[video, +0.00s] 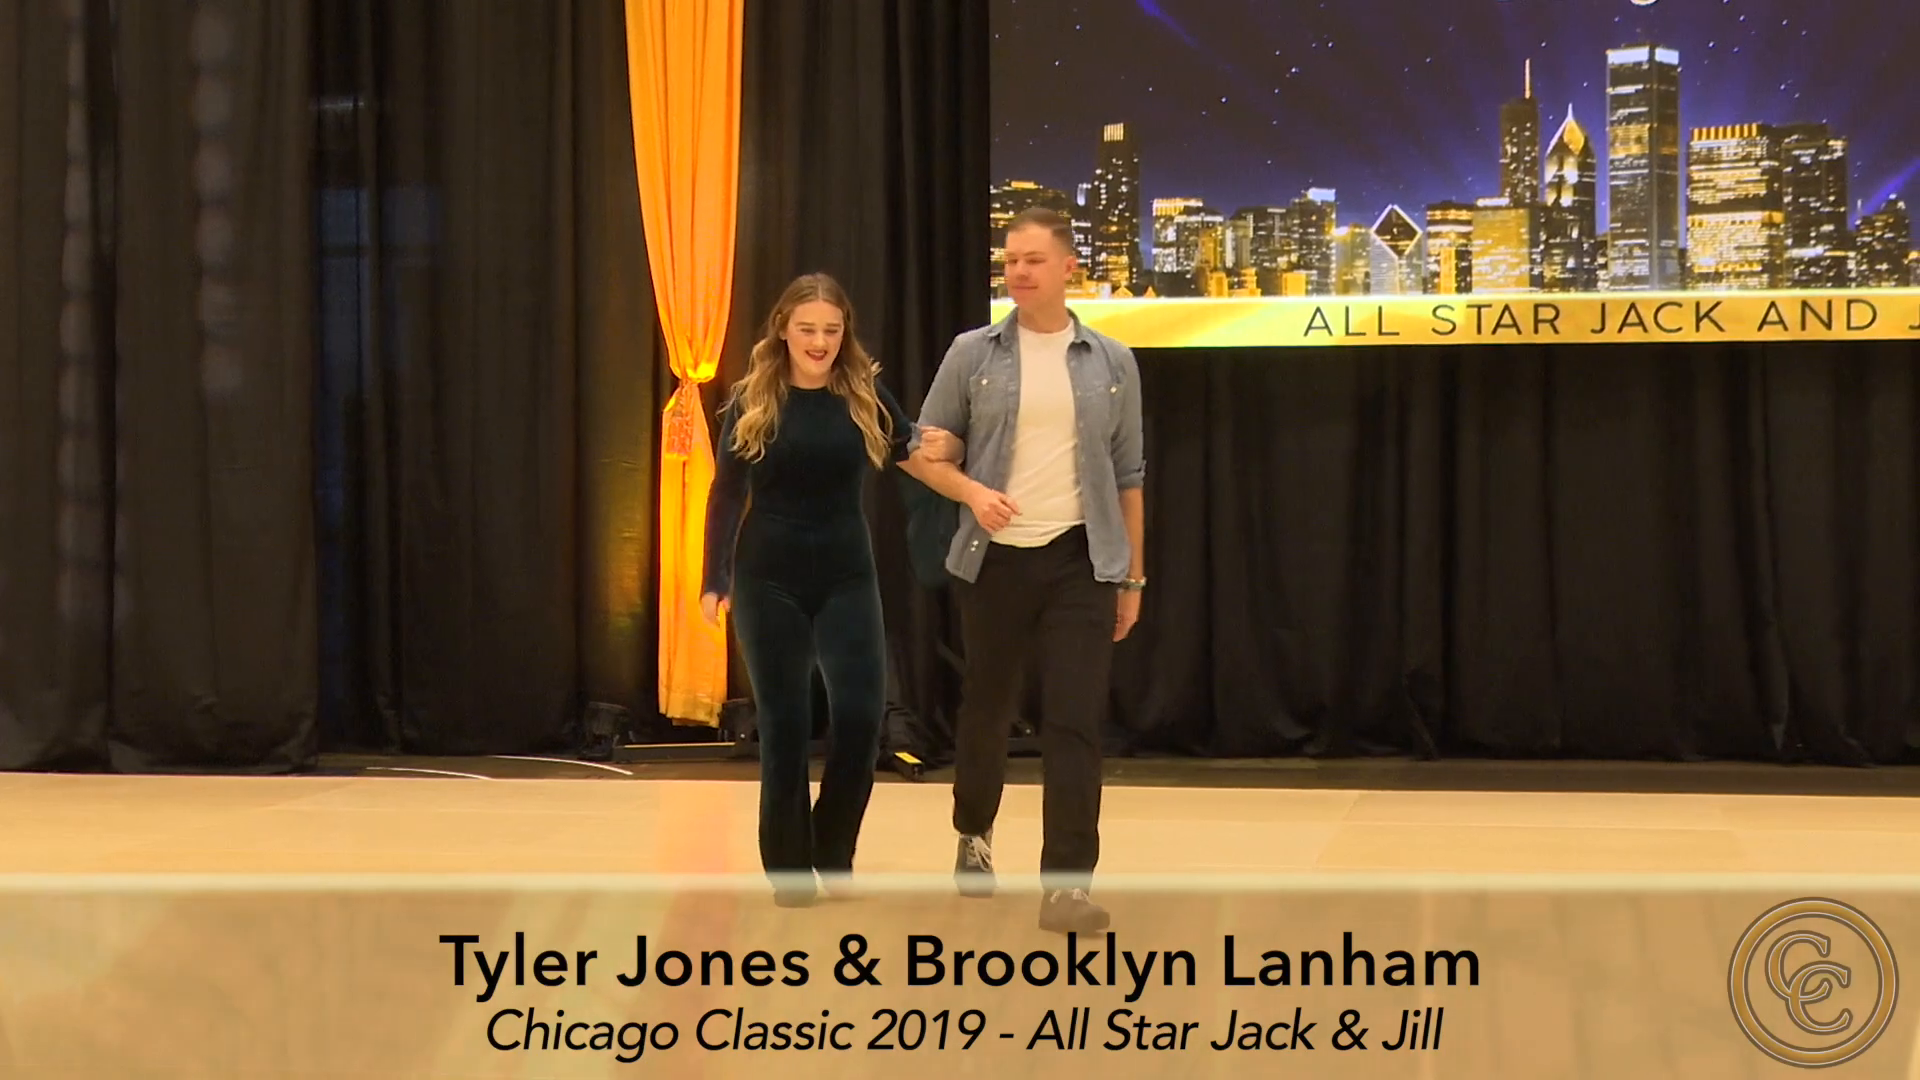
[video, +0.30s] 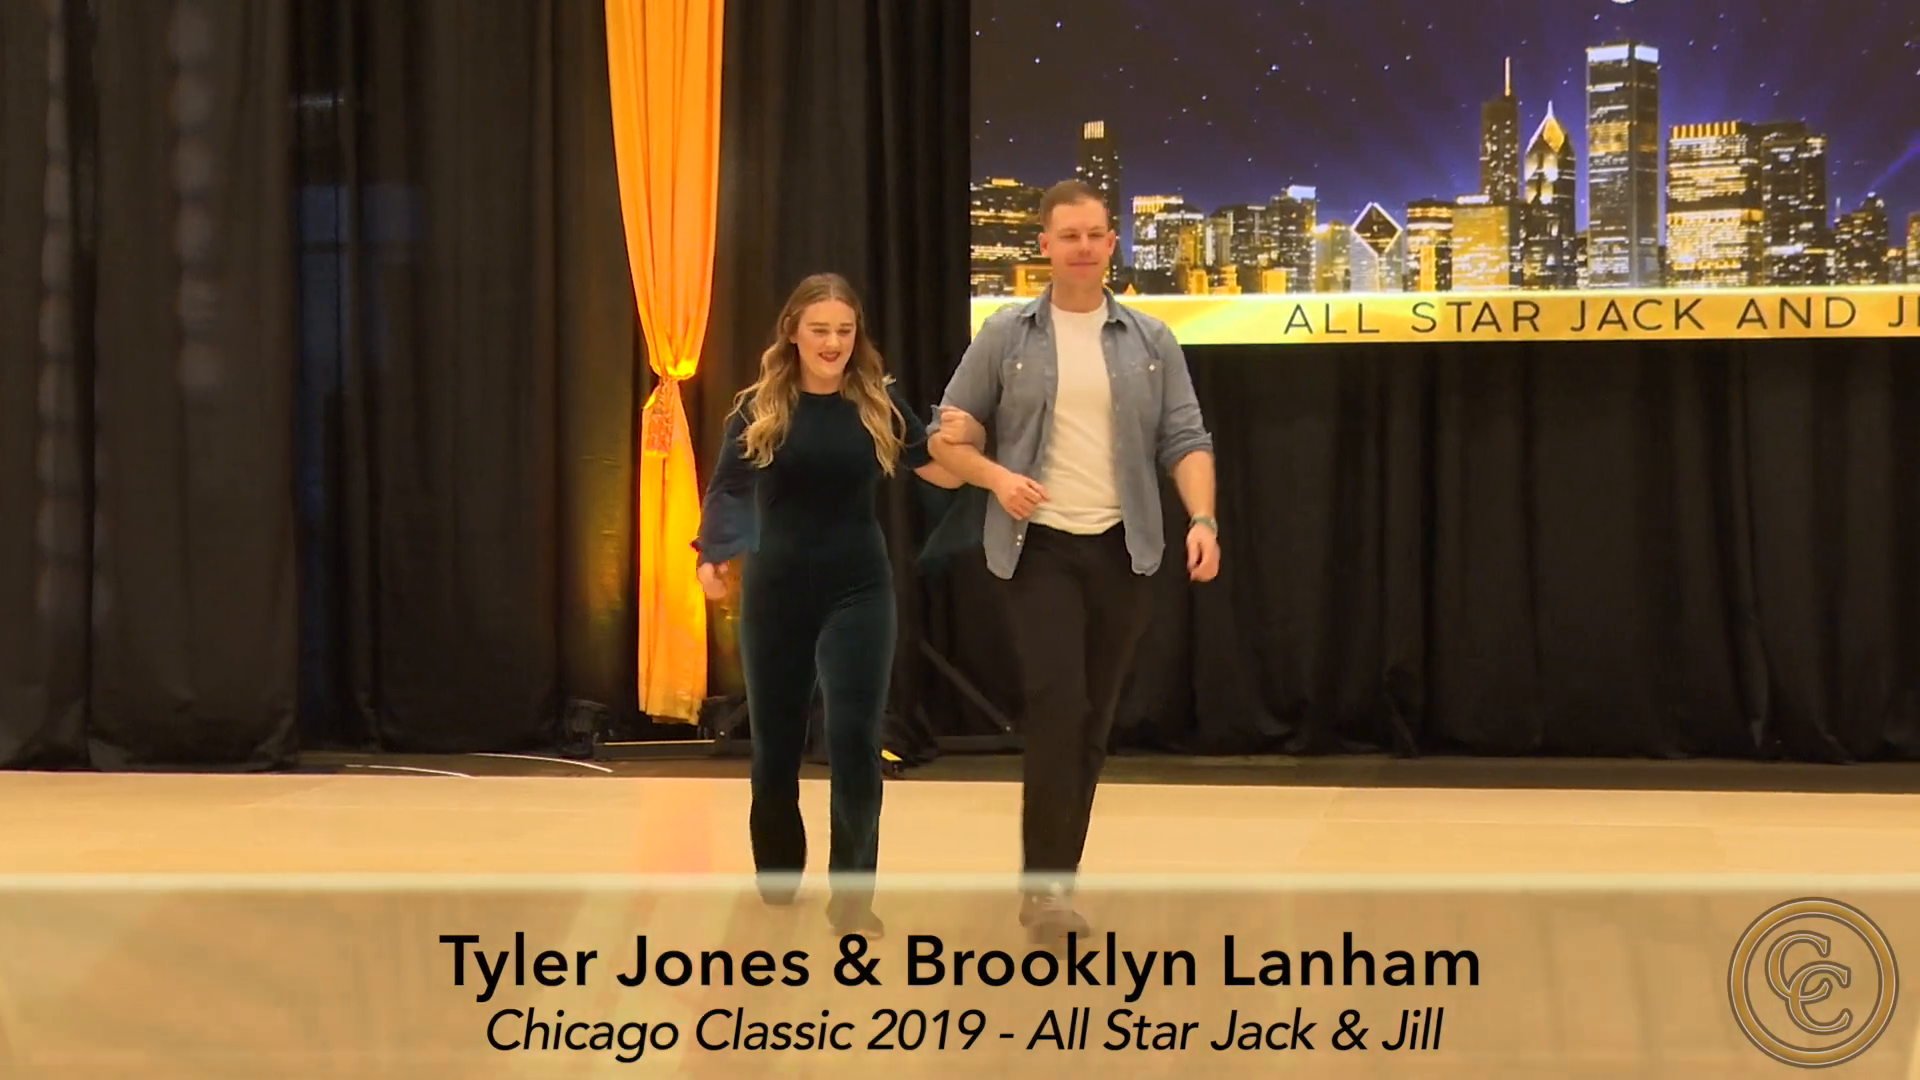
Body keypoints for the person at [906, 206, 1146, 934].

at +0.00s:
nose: (1016, 272)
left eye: (1031, 260)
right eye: (1010, 261)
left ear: (1069, 268)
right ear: (1004, 269)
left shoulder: (1114, 360)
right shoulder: (972, 352)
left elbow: (1129, 478)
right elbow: (922, 455)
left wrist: (1131, 577)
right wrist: (970, 491)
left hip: (1084, 558)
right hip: (997, 559)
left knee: (1075, 723)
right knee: (990, 709)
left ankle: (1069, 886)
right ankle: (973, 838)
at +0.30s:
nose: (1084, 246)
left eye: (1095, 233)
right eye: (1069, 234)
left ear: (1112, 242)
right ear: (1044, 245)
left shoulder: (1152, 338)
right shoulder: (1006, 333)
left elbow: (1186, 438)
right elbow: (944, 442)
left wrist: (1203, 519)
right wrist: (995, 476)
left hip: (1126, 548)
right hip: (1038, 547)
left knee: (1093, 719)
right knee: (1054, 706)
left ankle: (1057, 886)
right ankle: (1045, 889)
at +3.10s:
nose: (1023, 188)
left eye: (1034, 172)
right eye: (1026, 172)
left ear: (1080, 180)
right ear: (1081, 180)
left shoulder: (1121, 274)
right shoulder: (1072, 280)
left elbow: (1086, 409)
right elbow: (1025, 408)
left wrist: (1010, 339)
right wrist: (1005, 358)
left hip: (1100, 529)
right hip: (1047, 528)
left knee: (1085, 718)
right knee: (1026, 701)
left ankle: (1122, 937)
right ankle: (1065, 881)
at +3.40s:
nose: (1010, 192)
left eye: (1022, 177)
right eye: (1013, 177)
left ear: (1071, 185)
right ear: (1069, 186)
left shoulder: (1109, 279)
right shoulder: (1061, 284)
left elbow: (1102, 419)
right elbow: (1027, 408)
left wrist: (1018, 350)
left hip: (1087, 534)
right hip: (1046, 534)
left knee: (1079, 718)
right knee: (1044, 712)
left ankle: (1103, 925)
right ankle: (1056, 888)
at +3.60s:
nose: (1013, 201)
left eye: (1024, 186)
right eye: (1016, 186)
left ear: (1071, 193)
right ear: (1072, 194)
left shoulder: (1107, 289)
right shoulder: (1068, 289)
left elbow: (1098, 426)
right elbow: (1036, 413)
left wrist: (1017, 358)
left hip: (1085, 540)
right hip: (1053, 538)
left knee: (1083, 725)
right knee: (1062, 718)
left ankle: (1099, 918)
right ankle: (1059, 881)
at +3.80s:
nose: (1012, 210)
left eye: (1023, 195)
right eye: (1014, 195)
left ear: (1069, 200)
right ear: (1068, 201)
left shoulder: (1104, 291)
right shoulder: (1069, 291)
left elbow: (1095, 424)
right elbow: (1039, 410)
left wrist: (1019, 362)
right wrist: (1022, 360)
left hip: (1089, 534)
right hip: (1056, 531)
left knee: (1072, 713)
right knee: (1048, 707)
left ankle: (1094, 911)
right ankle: (1065, 875)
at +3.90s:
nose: (1013, 216)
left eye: (1022, 201)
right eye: (1014, 201)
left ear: (1067, 205)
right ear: (1067, 206)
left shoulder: (1101, 295)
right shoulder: (1068, 294)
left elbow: (1092, 425)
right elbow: (1035, 411)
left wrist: (1017, 364)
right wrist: (1022, 361)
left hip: (1084, 536)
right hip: (1052, 533)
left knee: (1076, 714)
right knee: (1046, 706)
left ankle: (1092, 908)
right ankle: (1074, 871)